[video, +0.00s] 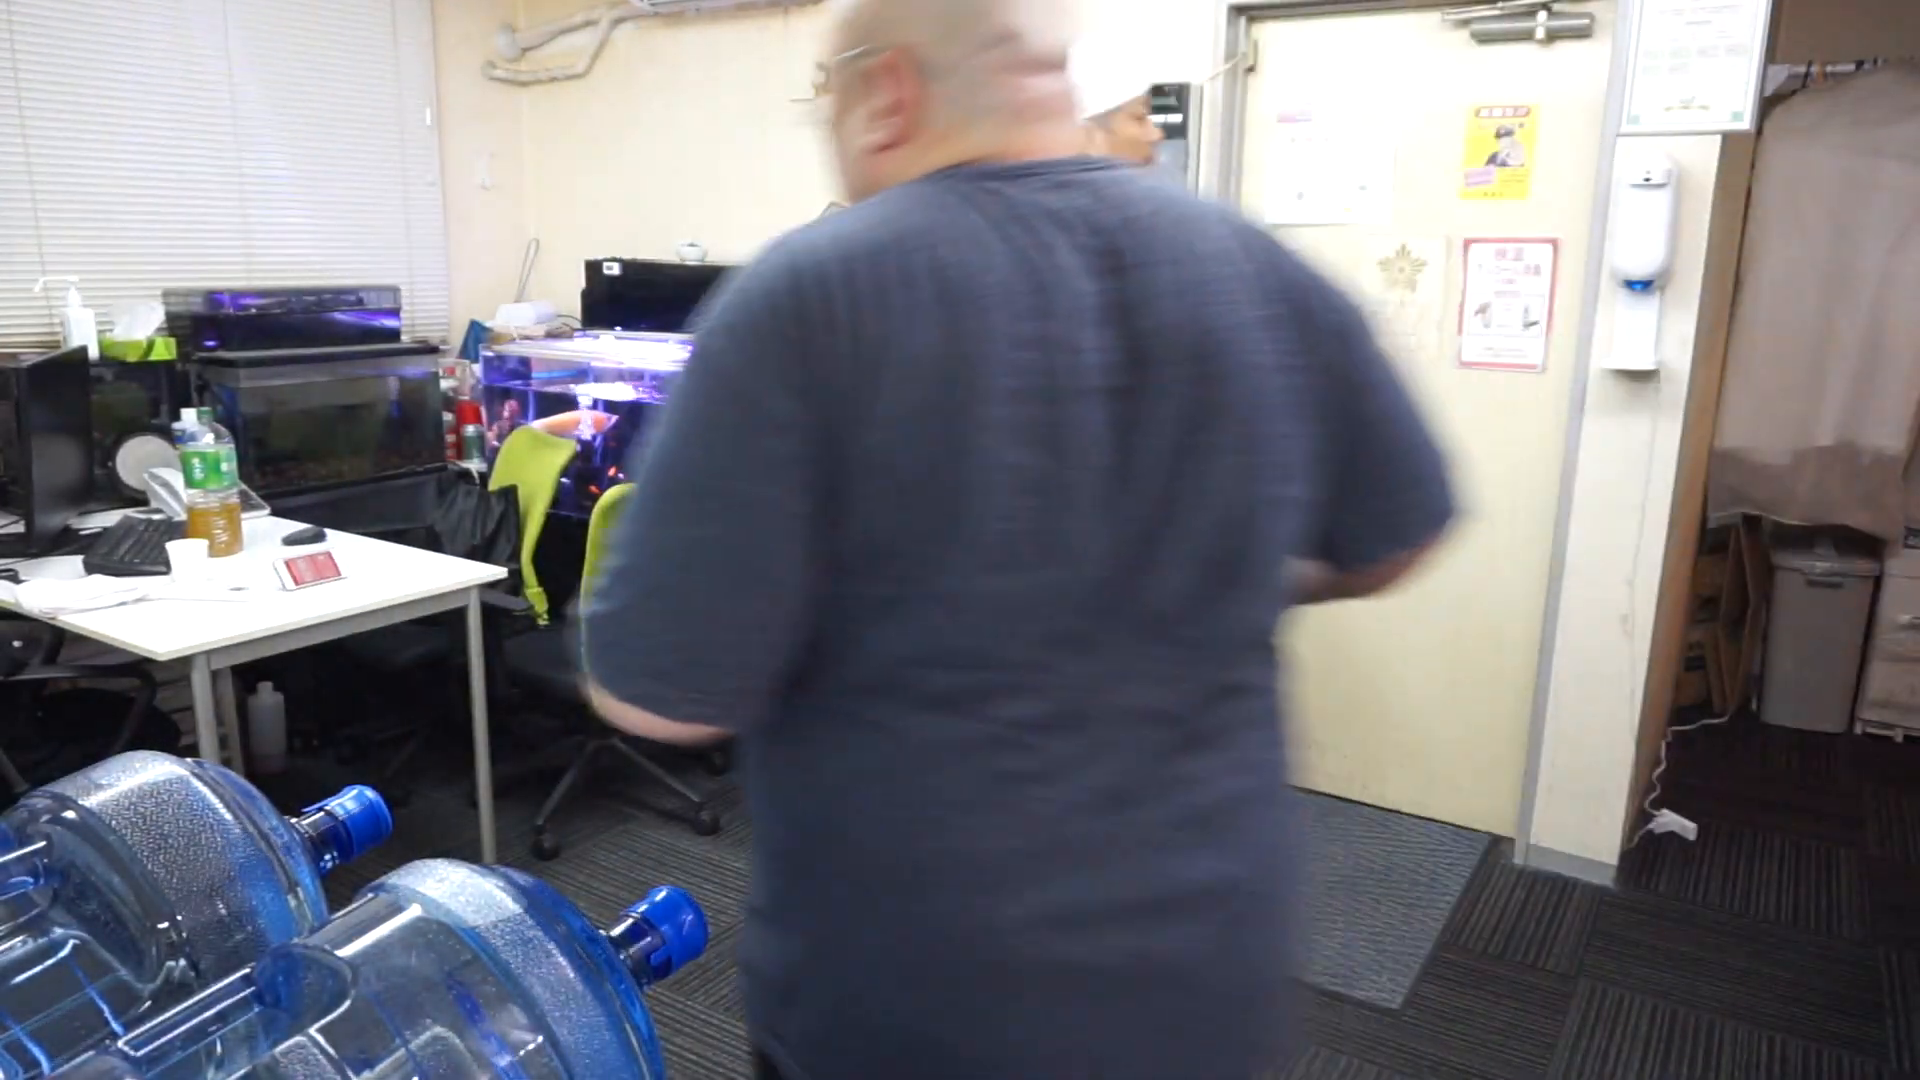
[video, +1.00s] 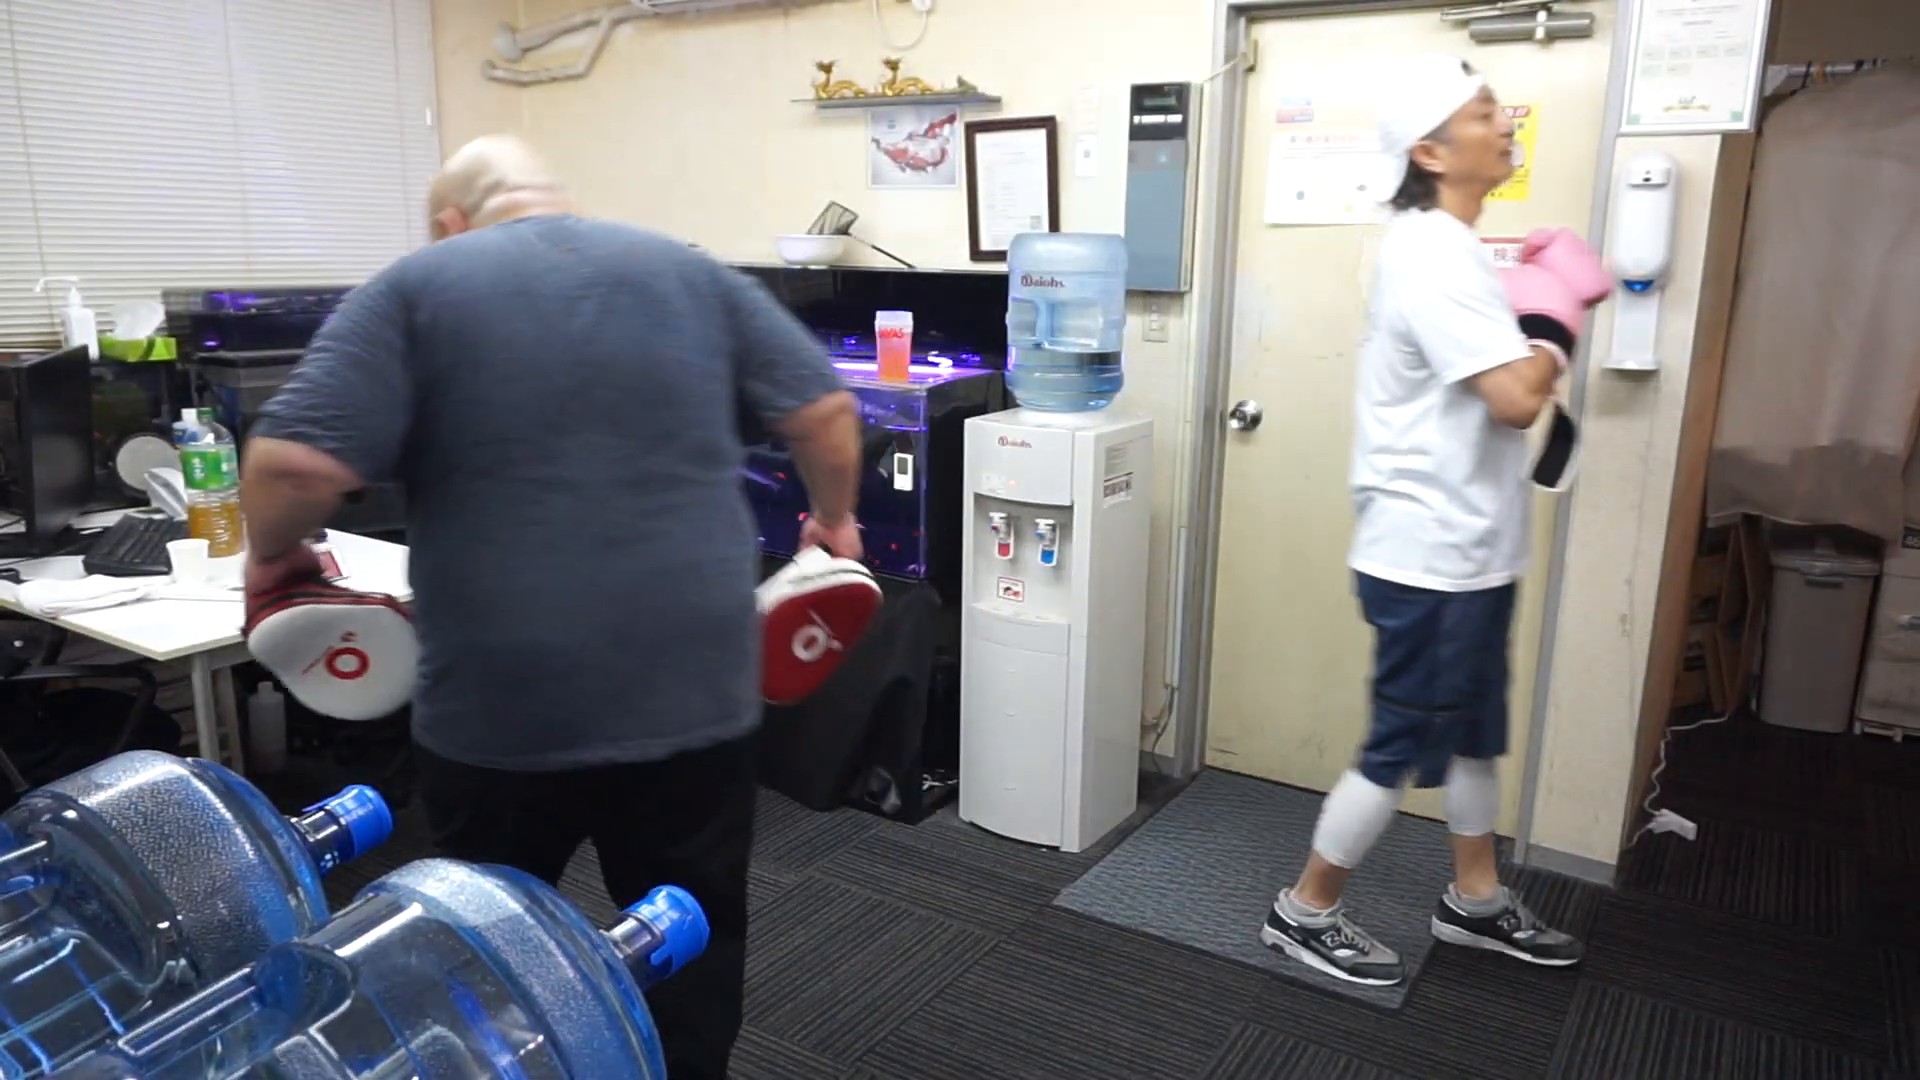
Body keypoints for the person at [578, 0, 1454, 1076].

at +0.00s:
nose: (829, 150)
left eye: (827, 112)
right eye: (821, 118)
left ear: (887, 100)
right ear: (1055, 91)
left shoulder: (811, 295)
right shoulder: (1241, 261)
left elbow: (660, 689)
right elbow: (1397, 534)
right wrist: (1193, 567)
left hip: (902, 987)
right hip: (1210, 965)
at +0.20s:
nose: (683, 154)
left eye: (683, 126)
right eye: (676, 130)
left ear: (727, 112)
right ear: (889, 94)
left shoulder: (647, 272)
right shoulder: (1070, 243)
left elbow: (517, 596)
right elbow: (1229, 470)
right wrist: (1144, 538)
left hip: (760, 874)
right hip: (1012, 849)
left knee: (753, 1065)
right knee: (997, 1047)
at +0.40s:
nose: (614, 139)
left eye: (614, 116)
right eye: (612, 118)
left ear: (647, 111)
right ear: (799, 98)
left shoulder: (568, 248)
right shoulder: (953, 238)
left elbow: (435, 533)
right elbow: (1105, 454)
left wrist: (538, 526)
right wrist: (1054, 530)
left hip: (681, 816)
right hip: (905, 800)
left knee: (704, 1063)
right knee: (831, 1057)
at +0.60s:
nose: (564, 182)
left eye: (566, 160)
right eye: (566, 161)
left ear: (592, 154)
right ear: (721, 140)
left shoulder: (539, 267)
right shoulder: (858, 263)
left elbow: (402, 516)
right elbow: (986, 461)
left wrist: (499, 544)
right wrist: (954, 563)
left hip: (619, 762)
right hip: (824, 751)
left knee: (599, 1035)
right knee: (742, 1035)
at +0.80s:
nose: (503, 210)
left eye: (503, 195)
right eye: (506, 197)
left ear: (528, 177)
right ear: (648, 162)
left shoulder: (491, 260)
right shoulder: (783, 260)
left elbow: (369, 476)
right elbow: (898, 438)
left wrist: (352, 562)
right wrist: (884, 559)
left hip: (549, 725)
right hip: (758, 722)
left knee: (506, 986)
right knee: (712, 1008)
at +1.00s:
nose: (428, 239)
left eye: (426, 231)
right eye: (431, 233)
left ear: (448, 220)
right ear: (560, 197)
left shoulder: (417, 286)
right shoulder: (690, 270)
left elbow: (294, 462)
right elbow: (825, 413)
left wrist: (278, 556)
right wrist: (835, 518)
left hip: (503, 696)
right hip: (693, 688)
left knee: (483, 943)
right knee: (694, 951)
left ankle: (485, 1071)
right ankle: (691, 1075)